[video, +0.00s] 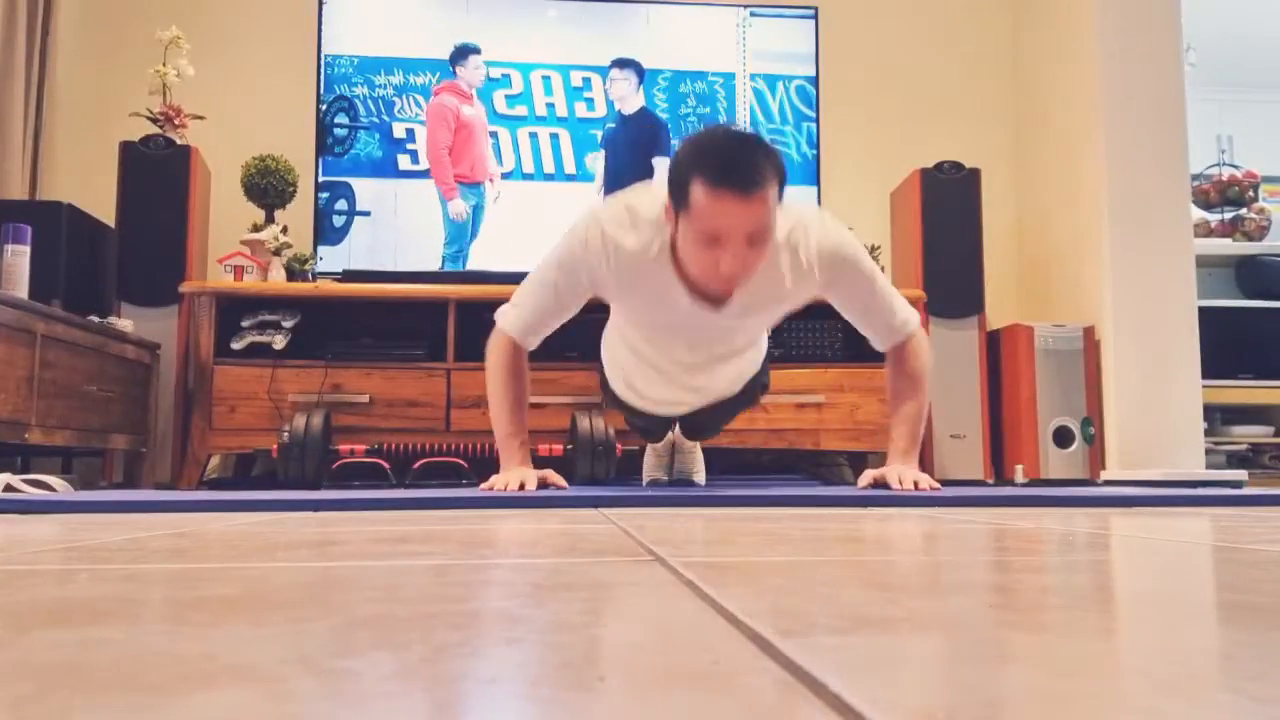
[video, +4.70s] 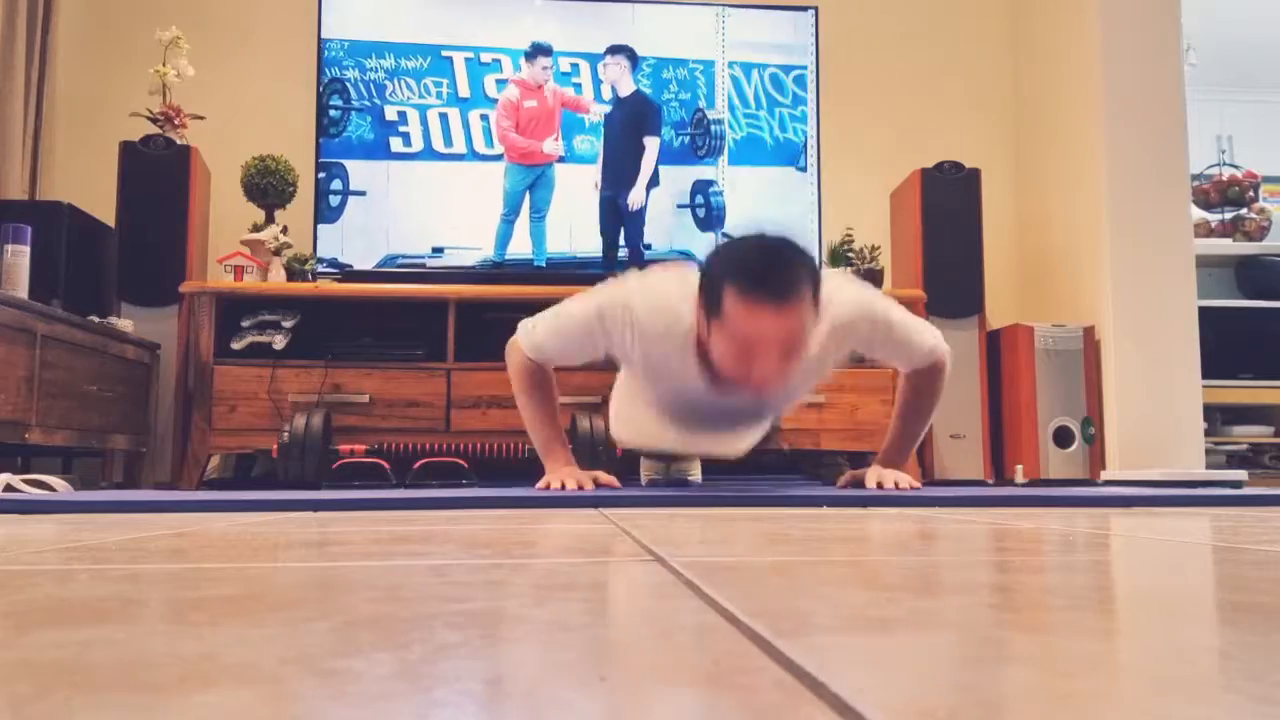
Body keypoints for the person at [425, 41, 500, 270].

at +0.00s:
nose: (483, 72)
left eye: (483, 67)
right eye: (477, 67)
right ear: (459, 70)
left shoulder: (475, 103)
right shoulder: (443, 103)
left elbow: (483, 144)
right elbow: (437, 153)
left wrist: (493, 172)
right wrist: (452, 197)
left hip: (478, 186)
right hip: (458, 187)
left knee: (465, 247)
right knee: (455, 250)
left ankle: (454, 295)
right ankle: (448, 297)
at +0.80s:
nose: (504, 83)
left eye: (506, 77)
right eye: (499, 77)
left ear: (507, 77)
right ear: (483, 75)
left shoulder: (496, 105)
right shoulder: (466, 105)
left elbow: (501, 144)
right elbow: (457, 150)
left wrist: (509, 172)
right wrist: (471, 188)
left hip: (500, 178)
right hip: (481, 179)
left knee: (499, 229)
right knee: (486, 235)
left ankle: (468, 272)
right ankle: (486, 285)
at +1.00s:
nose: (508, 81)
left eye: (510, 75)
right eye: (502, 75)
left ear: (511, 76)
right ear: (487, 74)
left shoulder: (508, 104)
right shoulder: (470, 105)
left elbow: (517, 140)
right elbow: (466, 150)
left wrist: (526, 165)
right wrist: (488, 186)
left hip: (511, 179)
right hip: (486, 181)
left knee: (523, 222)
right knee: (487, 235)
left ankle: (510, 274)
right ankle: (487, 284)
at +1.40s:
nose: (531, 81)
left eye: (535, 76)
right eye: (526, 75)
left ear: (539, 76)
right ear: (514, 73)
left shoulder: (544, 107)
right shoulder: (496, 103)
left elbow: (555, 144)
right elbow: (477, 139)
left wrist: (555, 177)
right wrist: (470, 176)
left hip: (535, 179)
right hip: (503, 178)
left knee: (539, 230)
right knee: (497, 230)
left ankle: (541, 277)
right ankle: (489, 278)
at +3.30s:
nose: (529, 67)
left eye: (532, 63)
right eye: (524, 62)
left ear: (534, 65)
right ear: (509, 63)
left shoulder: (540, 95)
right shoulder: (491, 96)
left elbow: (560, 128)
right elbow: (475, 132)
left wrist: (553, 138)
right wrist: (470, 169)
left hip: (535, 171)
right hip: (503, 171)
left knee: (532, 224)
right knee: (500, 224)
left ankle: (535, 271)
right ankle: (491, 270)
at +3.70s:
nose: (528, 70)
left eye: (530, 65)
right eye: (523, 65)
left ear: (532, 66)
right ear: (508, 64)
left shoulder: (537, 95)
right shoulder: (491, 95)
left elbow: (554, 127)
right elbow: (474, 129)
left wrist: (557, 128)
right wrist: (503, 144)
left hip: (536, 168)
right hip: (506, 169)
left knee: (532, 222)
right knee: (501, 222)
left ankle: (535, 268)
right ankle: (490, 266)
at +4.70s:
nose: (549, 74)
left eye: (551, 68)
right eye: (544, 68)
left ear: (552, 66)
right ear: (527, 66)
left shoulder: (553, 91)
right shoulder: (511, 96)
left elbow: (573, 101)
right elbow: (504, 135)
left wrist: (591, 107)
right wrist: (541, 147)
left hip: (545, 166)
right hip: (518, 167)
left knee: (539, 216)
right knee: (509, 215)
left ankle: (540, 263)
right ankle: (498, 259)